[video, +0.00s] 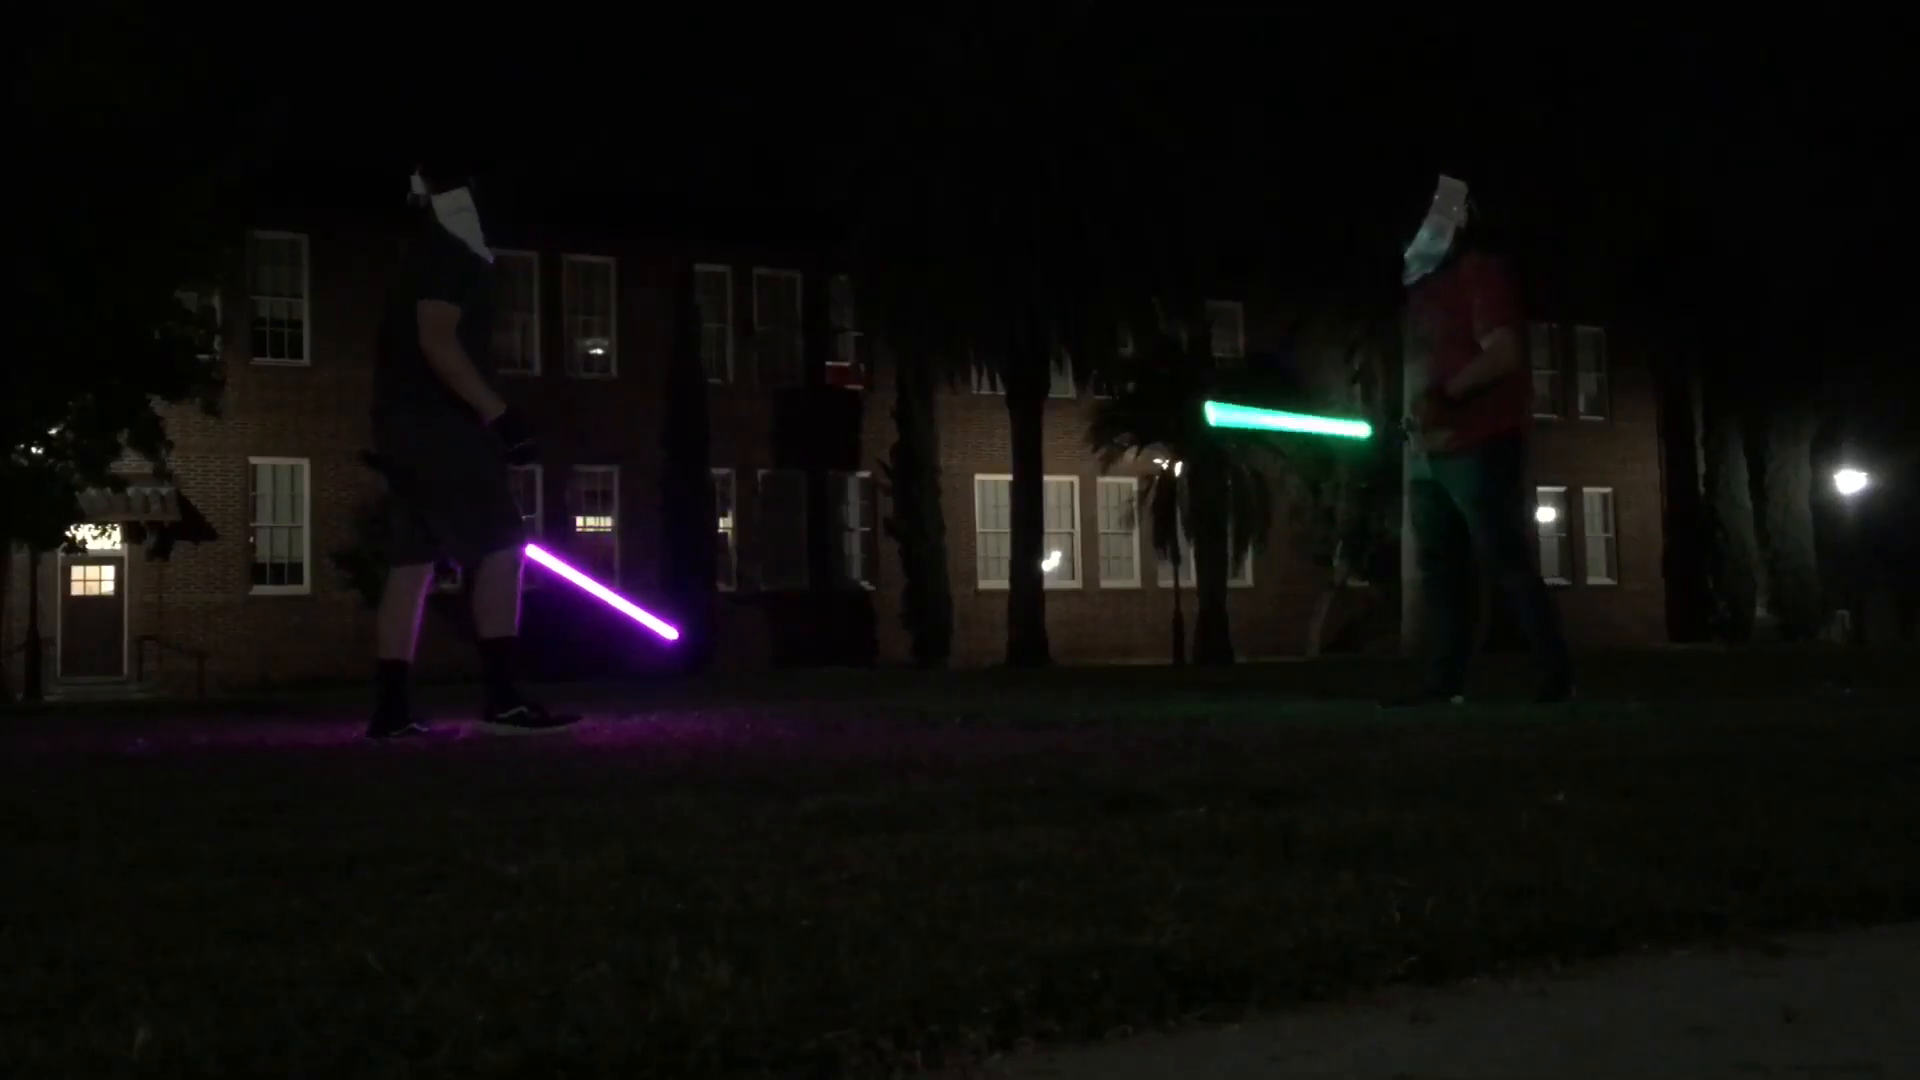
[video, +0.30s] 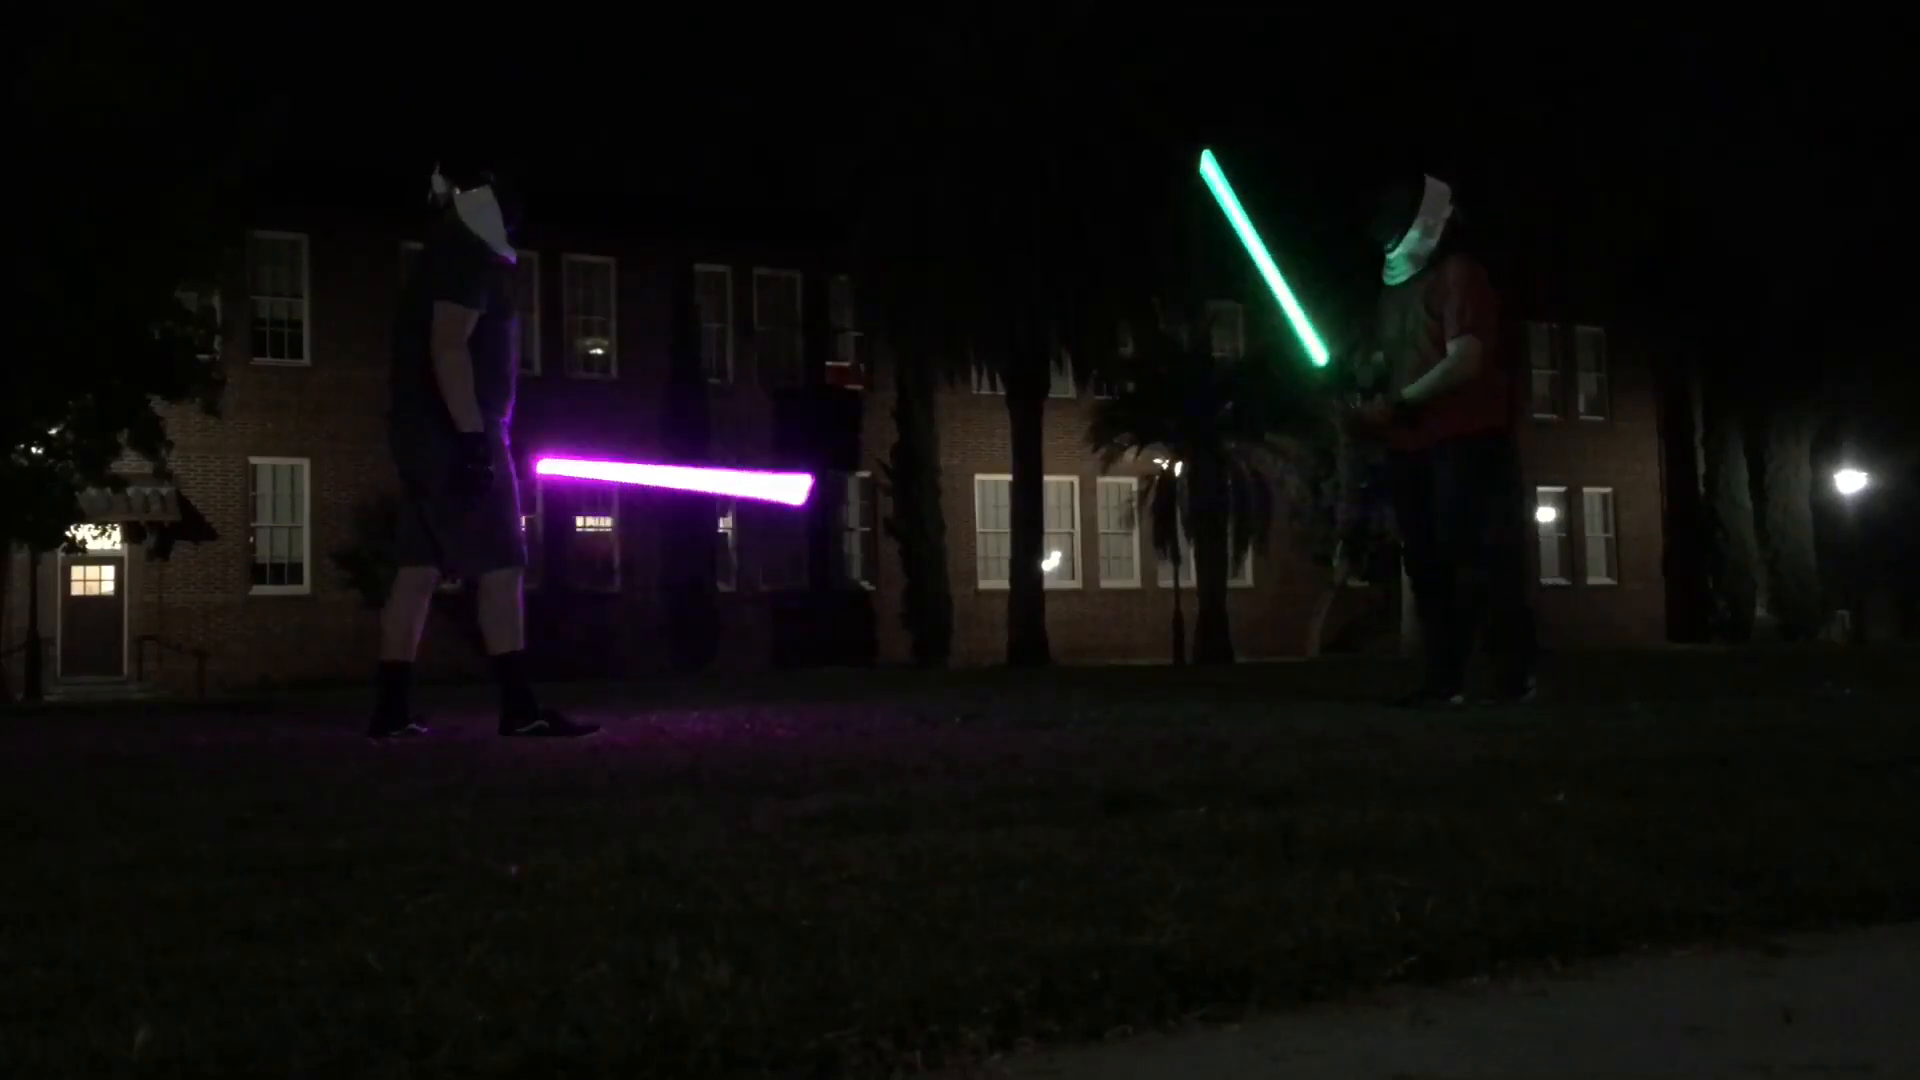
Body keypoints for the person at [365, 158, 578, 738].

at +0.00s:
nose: (493, 213)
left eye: (488, 201)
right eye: (485, 201)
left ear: (434, 203)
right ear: (462, 203)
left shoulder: (421, 254)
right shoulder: (449, 254)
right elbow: (437, 343)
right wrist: (499, 414)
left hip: (410, 437)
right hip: (448, 438)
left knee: (411, 560)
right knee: (503, 546)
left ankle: (390, 709)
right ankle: (504, 694)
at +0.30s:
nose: (521, 224)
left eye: (518, 211)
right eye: (515, 211)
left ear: (466, 208)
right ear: (495, 209)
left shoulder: (446, 257)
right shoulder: (473, 259)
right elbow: (448, 345)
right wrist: (473, 434)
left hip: (430, 440)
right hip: (471, 439)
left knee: (418, 567)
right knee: (502, 568)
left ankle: (392, 709)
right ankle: (520, 708)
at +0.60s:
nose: (548, 210)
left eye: (545, 198)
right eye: (542, 197)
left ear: (501, 189)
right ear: (520, 191)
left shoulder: (483, 245)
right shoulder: (504, 246)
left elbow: (504, 356)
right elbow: (486, 336)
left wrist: (564, 406)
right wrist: (511, 429)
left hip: (466, 431)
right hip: (497, 433)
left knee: (462, 563)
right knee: (510, 565)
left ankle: (404, 697)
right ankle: (521, 708)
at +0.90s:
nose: (546, 209)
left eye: (546, 195)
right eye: (542, 194)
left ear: (499, 185)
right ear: (524, 186)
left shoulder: (481, 239)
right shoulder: (506, 236)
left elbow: (519, 354)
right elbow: (475, 318)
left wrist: (588, 362)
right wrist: (478, 415)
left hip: (473, 425)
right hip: (498, 426)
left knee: (476, 564)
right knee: (506, 564)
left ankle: (438, 698)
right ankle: (517, 707)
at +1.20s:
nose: (538, 190)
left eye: (535, 179)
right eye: (532, 178)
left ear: (477, 174)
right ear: (516, 176)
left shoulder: (491, 234)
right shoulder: (494, 226)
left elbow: (514, 352)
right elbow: (436, 306)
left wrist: (573, 322)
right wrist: (406, 391)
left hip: (458, 420)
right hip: (500, 416)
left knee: (448, 555)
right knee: (565, 541)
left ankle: (431, 706)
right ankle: (545, 696)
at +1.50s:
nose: (549, 205)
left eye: (547, 192)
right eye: (543, 190)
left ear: (496, 187)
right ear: (522, 186)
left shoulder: (478, 239)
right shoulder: (513, 237)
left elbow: (485, 333)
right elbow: (488, 323)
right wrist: (508, 419)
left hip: (479, 426)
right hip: (529, 426)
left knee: (470, 560)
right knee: (548, 561)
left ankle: (437, 703)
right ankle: (563, 703)